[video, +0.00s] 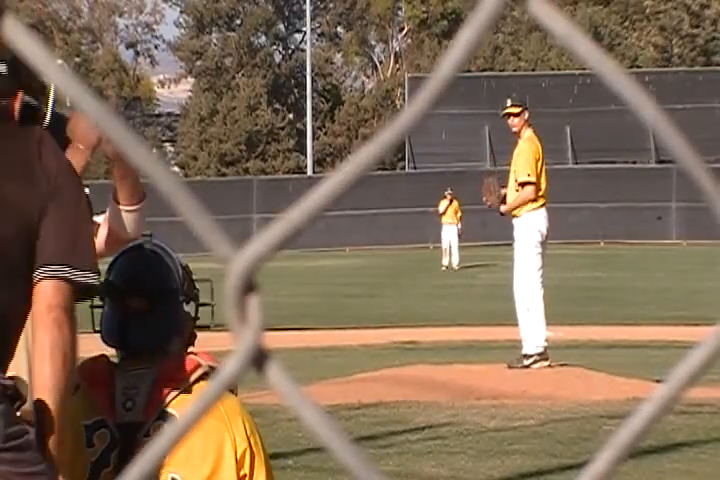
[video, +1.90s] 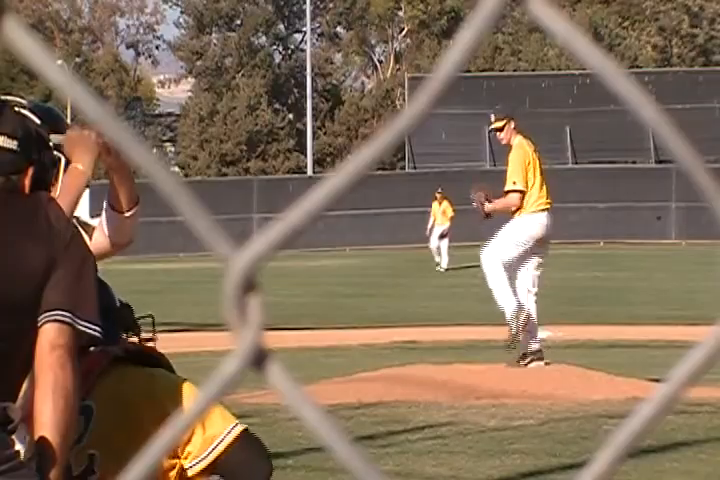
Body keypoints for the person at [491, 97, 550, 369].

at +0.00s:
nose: (511, 121)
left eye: (515, 115)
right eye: (508, 117)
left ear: (526, 115)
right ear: (508, 119)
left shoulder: (527, 145)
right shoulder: (527, 142)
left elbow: (529, 190)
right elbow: (523, 184)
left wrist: (507, 206)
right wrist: (505, 197)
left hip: (530, 216)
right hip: (528, 215)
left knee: (527, 282)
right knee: (526, 282)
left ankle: (534, 348)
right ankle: (533, 346)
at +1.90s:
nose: (498, 135)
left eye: (500, 129)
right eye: (495, 132)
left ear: (512, 126)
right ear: (503, 131)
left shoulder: (519, 148)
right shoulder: (525, 147)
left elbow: (515, 198)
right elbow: (520, 197)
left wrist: (489, 207)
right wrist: (493, 201)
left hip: (530, 218)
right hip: (541, 217)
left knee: (490, 257)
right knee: (525, 282)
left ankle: (513, 311)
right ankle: (533, 346)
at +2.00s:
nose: (494, 139)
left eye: (496, 133)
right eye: (492, 136)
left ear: (508, 128)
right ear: (501, 133)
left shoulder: (516, 150)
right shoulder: (520, 148)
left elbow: (509, 199)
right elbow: (512, 196)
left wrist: (480, 199)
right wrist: (483, 199)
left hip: (531, 214)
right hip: (538, 213)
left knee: (484, 228)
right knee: (528, 282)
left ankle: (508, 282)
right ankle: (531, 346)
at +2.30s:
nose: (477, 165)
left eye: (478, 159)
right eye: (474, 162)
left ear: (488, 152)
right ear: (486, 155)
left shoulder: (497, 167)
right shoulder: (505, 167)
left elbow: (493, 212)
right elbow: (504, 216)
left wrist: (472, 238)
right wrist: (485, 241)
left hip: (536, 217)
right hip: (547, 215)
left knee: (498, 252)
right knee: (530, 280)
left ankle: (544, 266)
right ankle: (533, 346)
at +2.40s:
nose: (470, 185)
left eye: (471, 178)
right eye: (467, 182)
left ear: (482, 170)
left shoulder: (491, 183)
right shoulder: (498, 181)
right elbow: (512, 233)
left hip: (540, 219)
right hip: (546, 218)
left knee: (509, 268)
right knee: (532, 284)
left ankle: (542, 307)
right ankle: (532, 348)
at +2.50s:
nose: (467, 208)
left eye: (466, 202)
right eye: (463, 205)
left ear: (474, 194)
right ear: (475, 194)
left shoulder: (486, 203)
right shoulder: (490, 198)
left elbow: (486, 242)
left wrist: (479, 276)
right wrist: (538, 260)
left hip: (542, 221)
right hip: (543, 219)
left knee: (516, 279)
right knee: (519, 279)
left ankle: (526, 347)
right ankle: (527, 345)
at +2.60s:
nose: (463, 224)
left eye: (462, 218)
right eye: (460, 221)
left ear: (470, 209)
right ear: (471, 209)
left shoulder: (481, 214)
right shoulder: (486, 213)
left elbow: (488, 243)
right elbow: (508, 249)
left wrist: (483, 263)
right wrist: (494, 260)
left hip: (540, 230)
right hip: (536, 232)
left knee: (517, 287)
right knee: (510, 290)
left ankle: (506, 346)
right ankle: (528, 347)